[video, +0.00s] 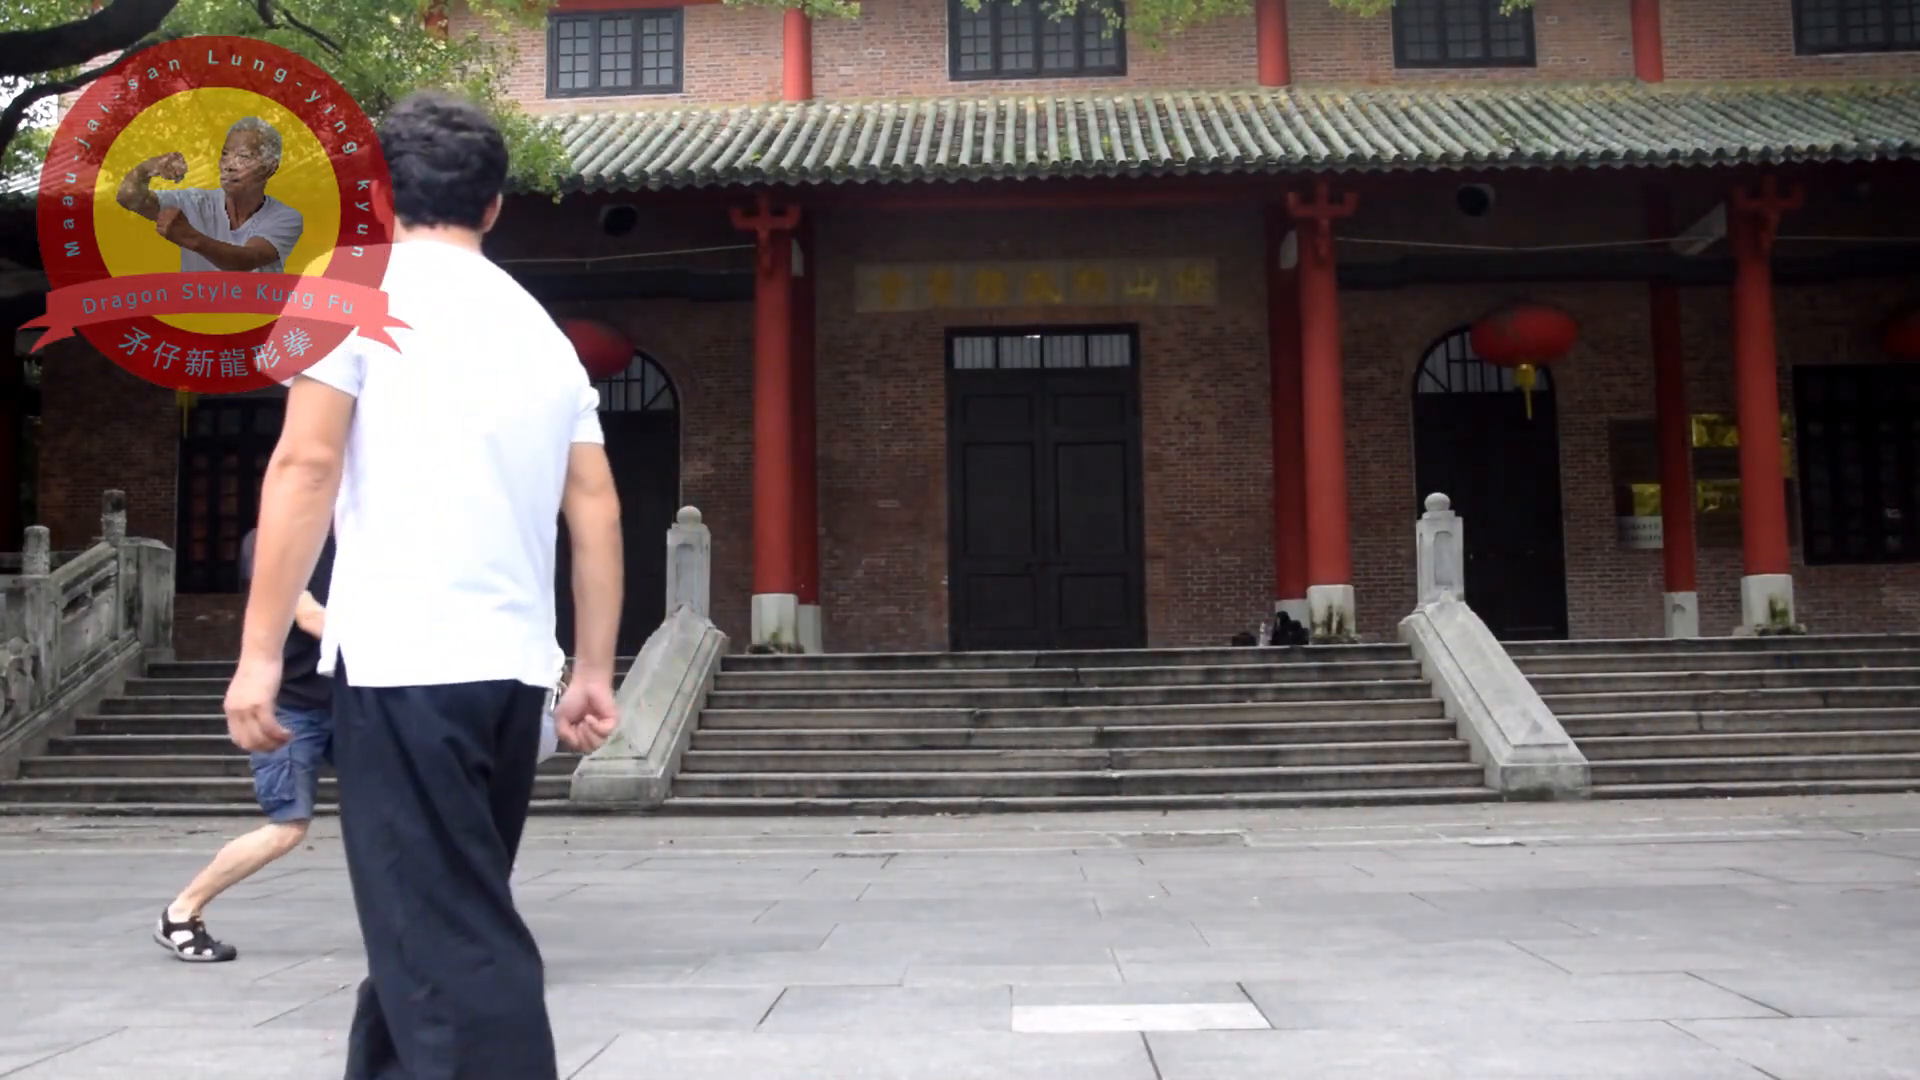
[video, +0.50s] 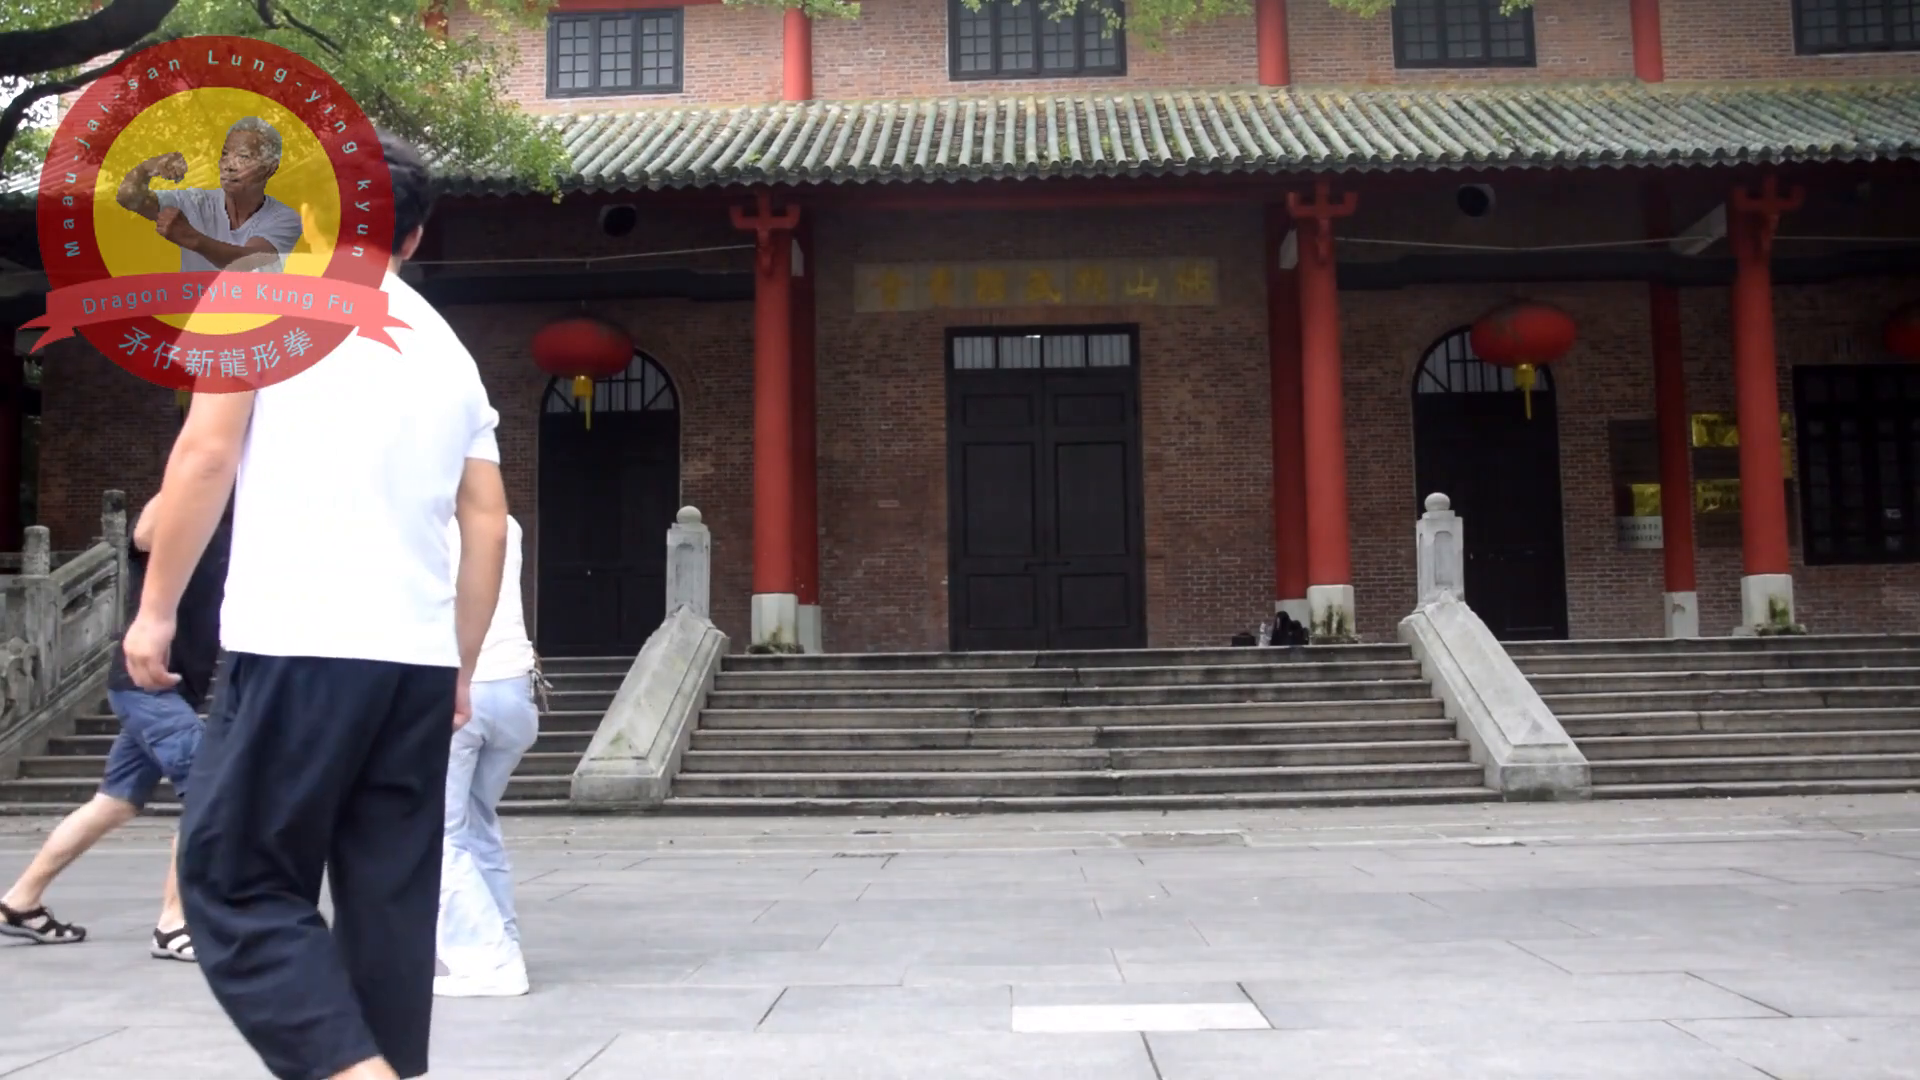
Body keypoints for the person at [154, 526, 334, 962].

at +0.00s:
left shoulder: (357, 537)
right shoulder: (277, 541)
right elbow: (310, 616)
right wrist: (372, 634)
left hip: (347, 700)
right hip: (291, 702)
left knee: (402, 814)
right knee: (287, 827)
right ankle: (181, 913)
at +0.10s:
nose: (292, 489)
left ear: (307, 489)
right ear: (257, 487)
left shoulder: (315, 538)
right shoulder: (238, 539)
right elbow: (257, 608)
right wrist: (306, 671)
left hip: (306, 697)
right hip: (250, 699)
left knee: (366, 801)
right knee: (266, 822)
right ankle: (181, 923)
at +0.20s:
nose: (265, 488)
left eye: (270, 483)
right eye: (256, 482)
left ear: (277, 489)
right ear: (236, 487)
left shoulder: (290, 540)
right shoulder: (213, 535)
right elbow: (214, 590)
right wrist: (256, 631)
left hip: (274, 691)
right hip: (218, 691)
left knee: (302, 794)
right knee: (255, 810)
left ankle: (286, 899)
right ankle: (180, 924)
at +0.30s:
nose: (258, 484)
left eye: (262, 480)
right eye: (250, 478)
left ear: (265, 485)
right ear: (218, 482)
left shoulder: (265, 528)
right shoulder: (193, 529)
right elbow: (201, 577)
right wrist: (263, 541)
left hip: (240, 688)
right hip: (190, 686)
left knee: (253, 802)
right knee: (235, 804)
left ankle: (159, 879)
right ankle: (180, 924)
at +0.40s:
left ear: (251, 476)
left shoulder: (252, 528)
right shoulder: (202, 515)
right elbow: (162, 537)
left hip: (206, 683)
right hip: (169, 676)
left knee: (183, 809)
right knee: (222, 792)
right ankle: (177, 926)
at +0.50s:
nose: (229, 466)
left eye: (234, 463)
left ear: (239, 467)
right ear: (209, 458)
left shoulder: (234, 515)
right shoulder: (178, 502)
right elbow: (144, 536)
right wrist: (198, 480)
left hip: (178, 684)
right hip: (143, 680)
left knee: (116, 802)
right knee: (209, 785)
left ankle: (21, 900)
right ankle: (175, 922)